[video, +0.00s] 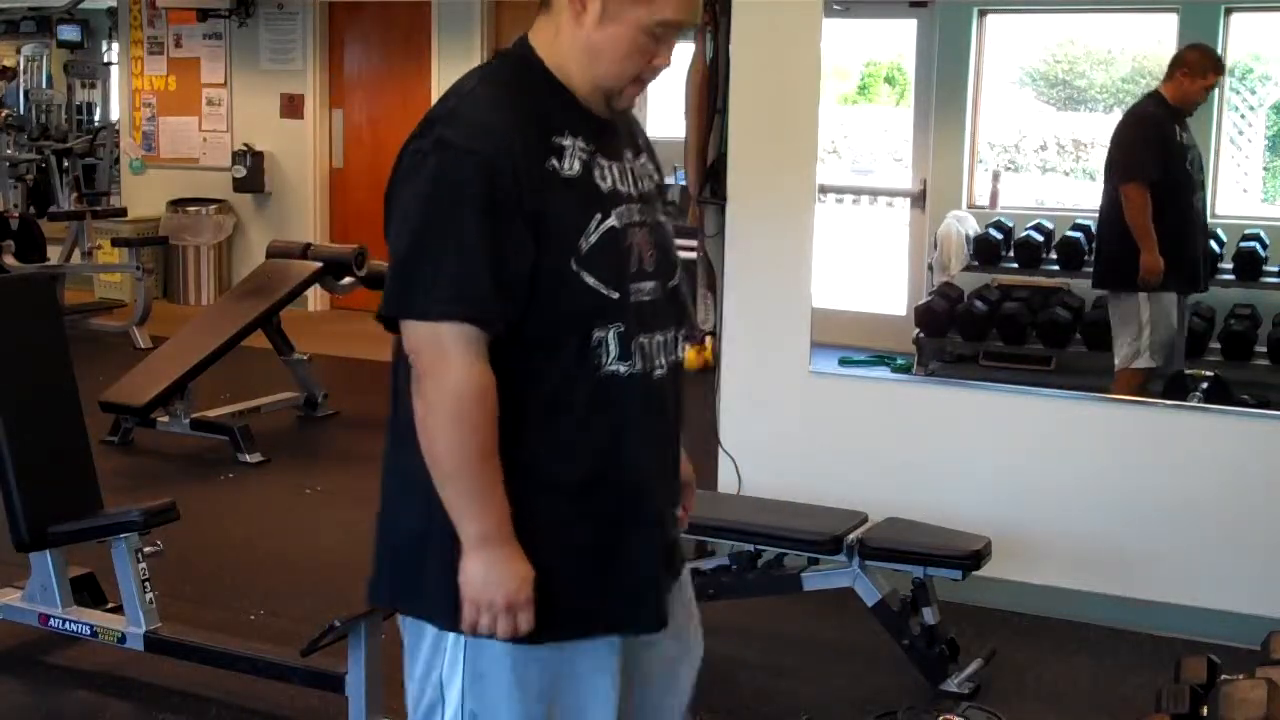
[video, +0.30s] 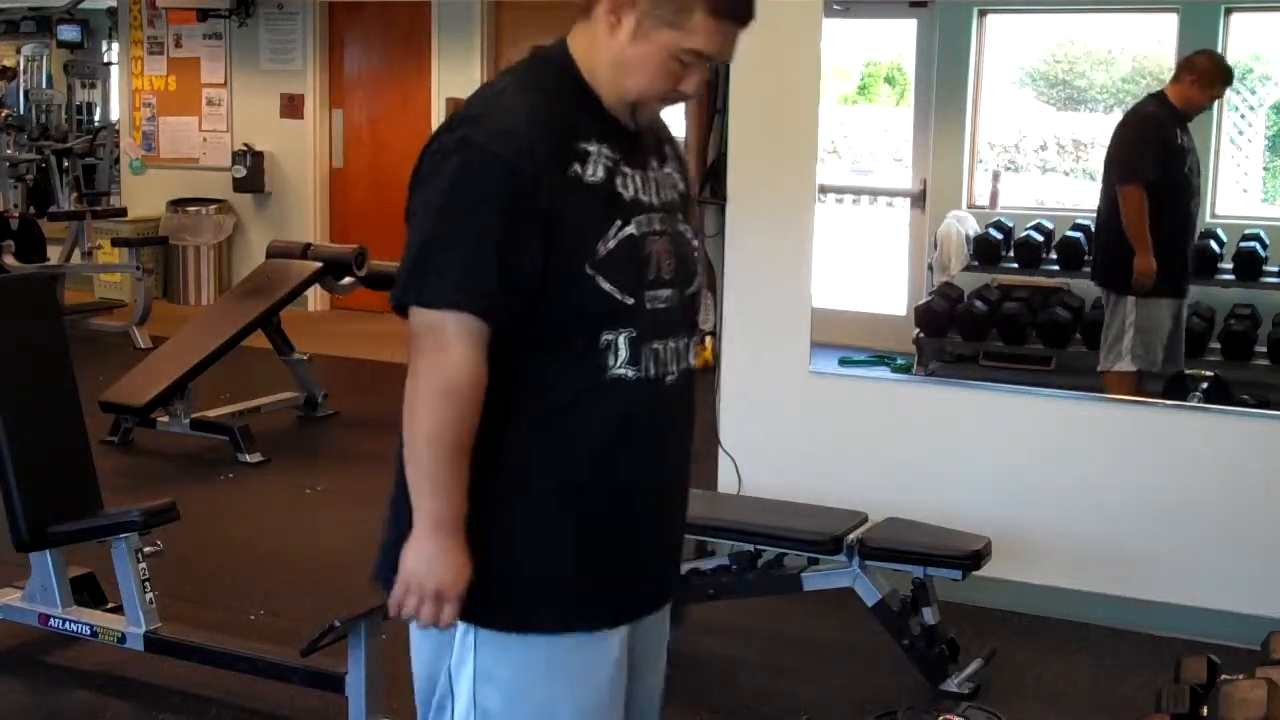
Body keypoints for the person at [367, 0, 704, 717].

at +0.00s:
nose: (666, 61)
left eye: (675, 39)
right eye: (657, 34)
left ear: (586, 13)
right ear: (583, 8)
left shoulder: (621, 134)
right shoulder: (472, 138)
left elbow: (620, 322)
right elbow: (443, 353)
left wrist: (660, 448)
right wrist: (486, 542)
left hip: (634, 549)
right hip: (514, 572)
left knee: (658, 695)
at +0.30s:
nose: (694, 87)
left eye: (708, 69)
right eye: (687, 61)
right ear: (619, 15)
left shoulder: (653, 147)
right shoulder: (495, 141)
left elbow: (642, 337)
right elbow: (445, 341)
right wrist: (436, 529)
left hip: (633, 552)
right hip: (517, 571)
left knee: (622, 707)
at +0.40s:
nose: (709, 96)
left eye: (726, 74)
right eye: (701, 66)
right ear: (633, 18)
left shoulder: (673, 142)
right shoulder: (508, 141)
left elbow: (658, 331)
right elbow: (451, 333)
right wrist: (446, 518)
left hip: (644, 551)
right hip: (522, 569)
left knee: (636, 707)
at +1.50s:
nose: (747, 171)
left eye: (763, 155)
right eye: (745, 147)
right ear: (687, 90)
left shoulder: (693, 184)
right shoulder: (525, 172)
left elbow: (683, 344)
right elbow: (447, 367)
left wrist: (678, 479)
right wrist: (406, 548)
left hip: (576, 565)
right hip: (457, 576)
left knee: (556, 709)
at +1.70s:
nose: (772, 288)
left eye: (790, 274)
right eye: (771, 263)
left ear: (719, 203)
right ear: (718, 201)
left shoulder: (702, 271)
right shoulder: (550, 257)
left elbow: (683, 419)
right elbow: (460, 464)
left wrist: (669, 546)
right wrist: (404, 641)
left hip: (548, 545)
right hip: (412, 561)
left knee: (577, 708)